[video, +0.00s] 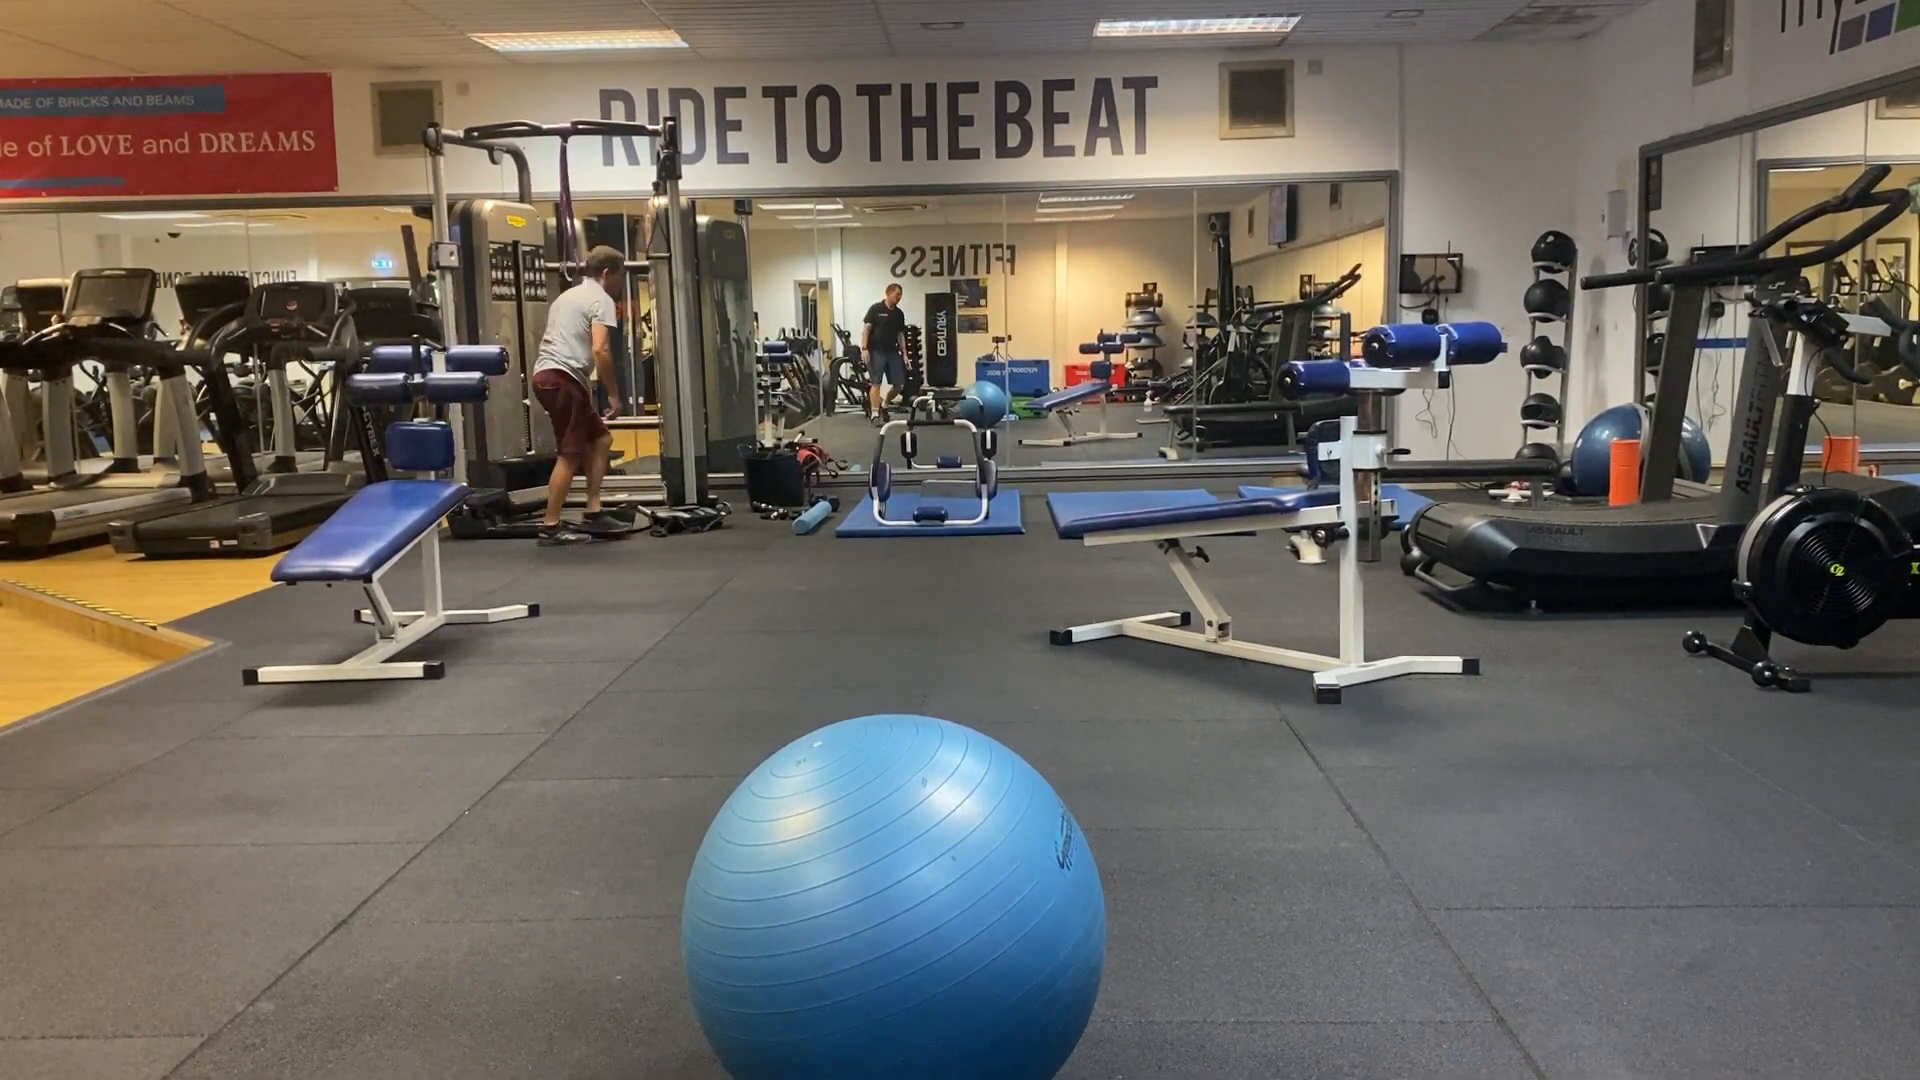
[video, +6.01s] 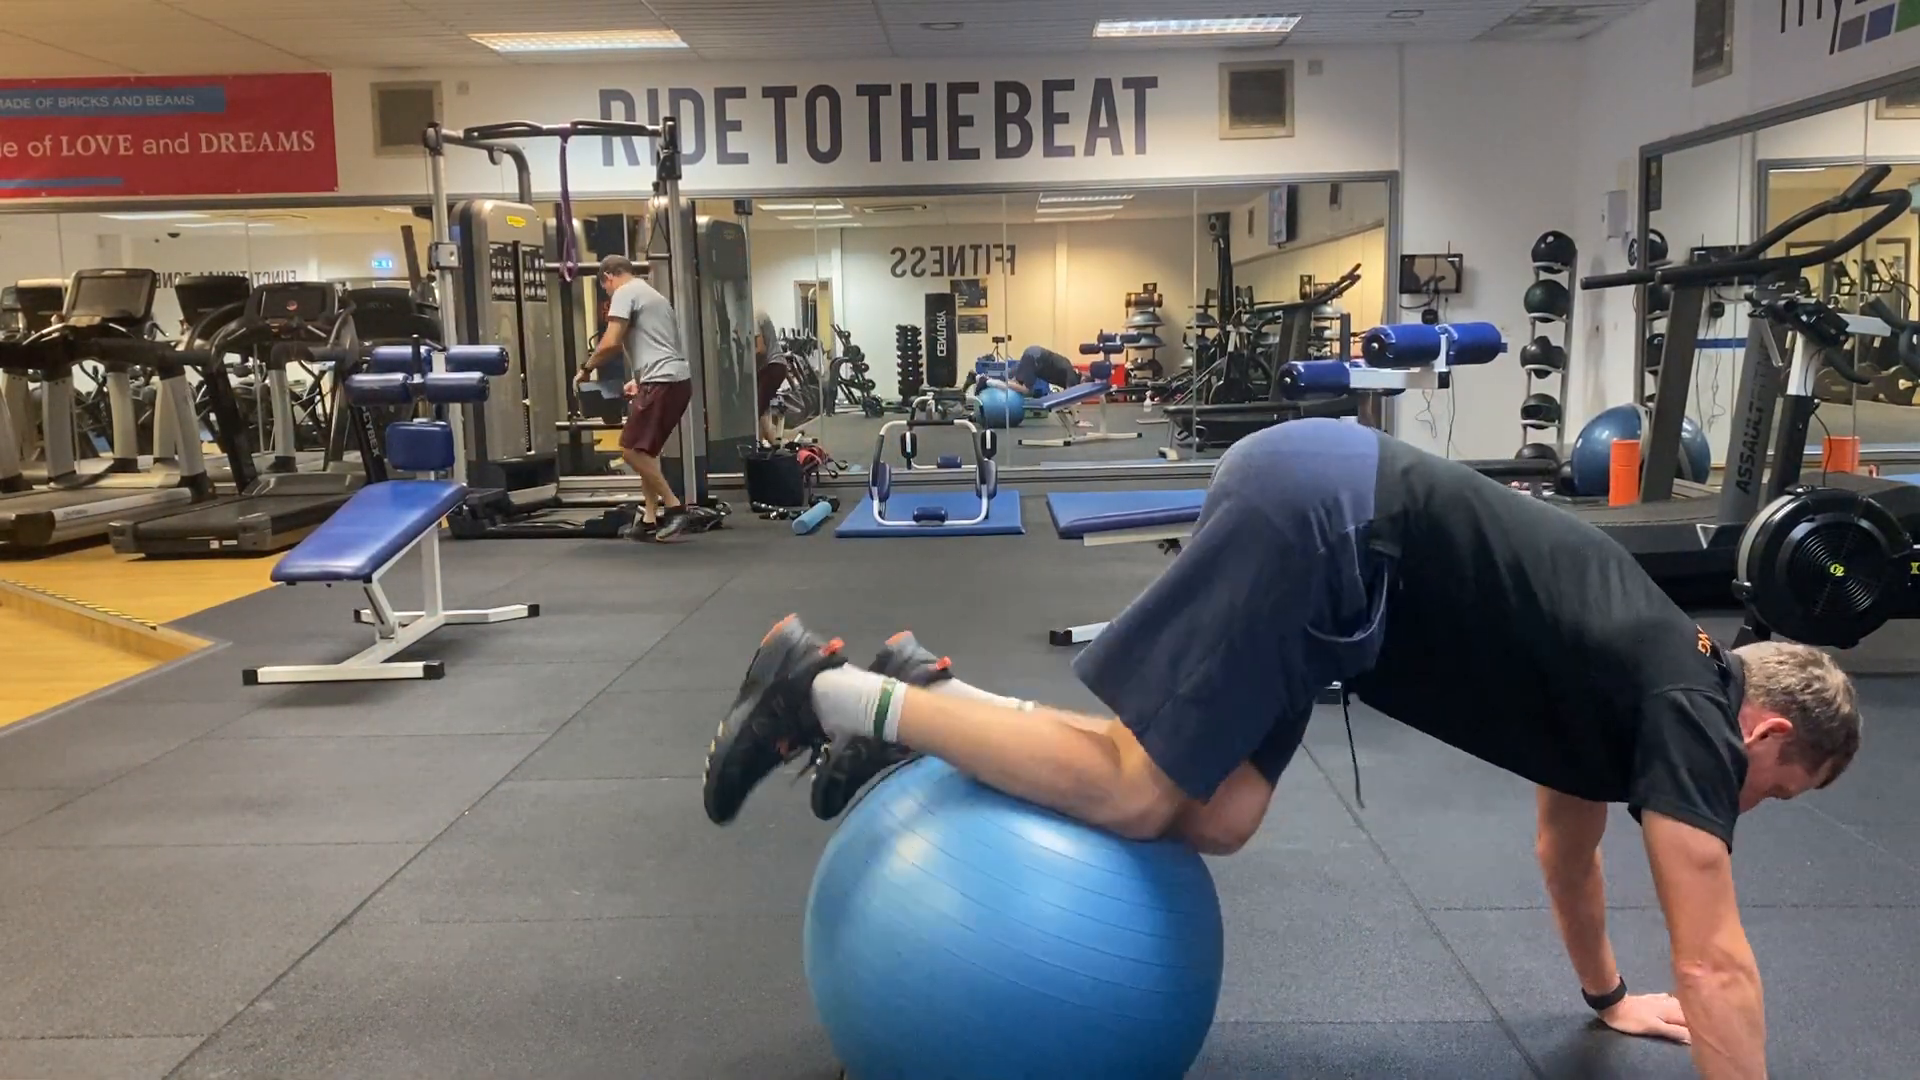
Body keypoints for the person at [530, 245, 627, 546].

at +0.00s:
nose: (622, 283)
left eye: (622, 276)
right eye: (621, 276)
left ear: (592, 272)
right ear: (606, 273)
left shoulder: (566, 296)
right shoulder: (601, 299)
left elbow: (558, 342)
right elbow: (600, 349)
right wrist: (613, 393)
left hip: (543, 377)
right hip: (563, 378)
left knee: (602, 439)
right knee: (571, 453)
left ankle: (594, 512)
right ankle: (550, 525)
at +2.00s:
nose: (821, 278)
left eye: (820, 274)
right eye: (820, 274)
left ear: (793, 270)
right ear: (815, 271)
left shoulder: (770, 300)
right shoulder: (825, 295)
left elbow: (756, 345)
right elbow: (836, 333)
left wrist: (760, 377)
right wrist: (844, 372)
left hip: (783, 375)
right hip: (821, 372)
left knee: (780, 443)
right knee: (850, 430)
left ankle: (775, 505)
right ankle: (874, 484)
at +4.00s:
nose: (773, 280)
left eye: (776, 273)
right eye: (773, 274)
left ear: (794, 274)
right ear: (798, 275)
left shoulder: (800, 301)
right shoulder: (816, 296)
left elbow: (802, 343)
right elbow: (827, 343)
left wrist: (773, 358)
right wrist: (795, 366)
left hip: (826, 379)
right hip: (844, 374)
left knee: (790, 438)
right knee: (850, 437)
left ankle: (791, 505)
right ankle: (882, 487)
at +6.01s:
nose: (606, 290)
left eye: (604, 284)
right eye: (604, 286)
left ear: (610, 276)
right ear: (628, 272)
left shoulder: (625, 292)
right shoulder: (651, 293)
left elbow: (611, 343)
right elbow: (663, 346)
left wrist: (587, 367)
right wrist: (641, 381)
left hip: (661, 380)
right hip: (676, 379)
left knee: (630, 448)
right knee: (647, 451)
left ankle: (675, 508)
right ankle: (649, 519)